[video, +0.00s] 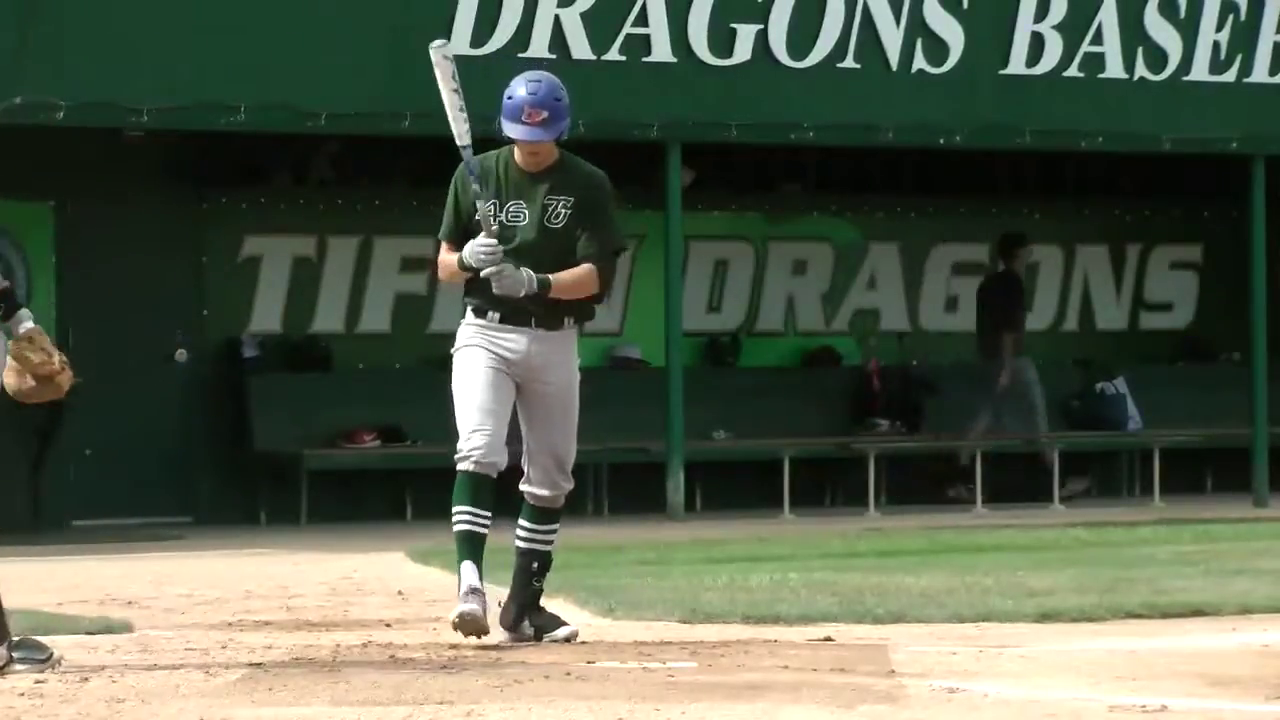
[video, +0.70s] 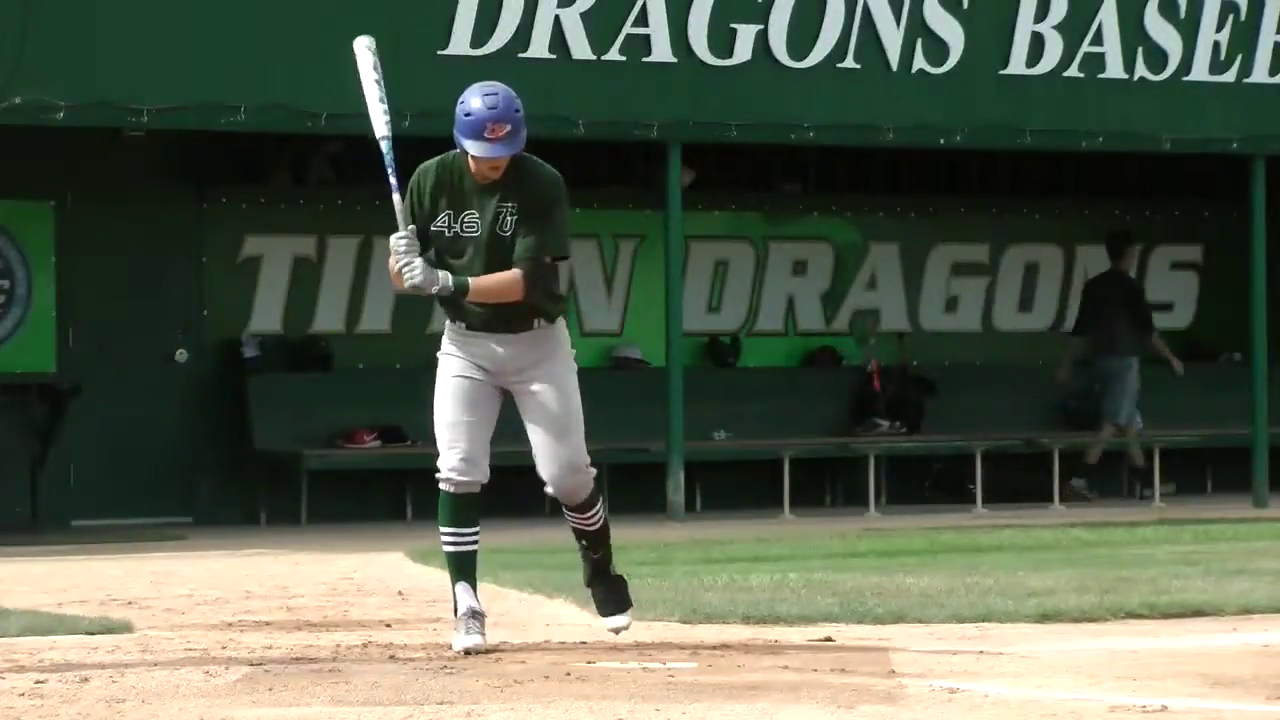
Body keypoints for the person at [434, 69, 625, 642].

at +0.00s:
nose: (531, 144)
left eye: (542, 134)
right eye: (522, 132)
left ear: (561, 128)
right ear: (507, 124)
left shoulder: (588, 185)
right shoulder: (474, 176)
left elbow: (598, 275)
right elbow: (445, 267)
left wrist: (534, 282)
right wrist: (466, 260)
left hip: (553, 345)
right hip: (483, 338)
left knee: (550, 477)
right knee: (481, 454)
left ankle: (523, 607)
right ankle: (472, 591)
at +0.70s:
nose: (491, 163)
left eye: (501, 152)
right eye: (481, 153)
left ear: (517, 140)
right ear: (460, 139)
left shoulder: (542, 185)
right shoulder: (428, 181)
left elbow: (531, 282)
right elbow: (404, 274)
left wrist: (447, 282)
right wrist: (401, 261)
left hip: (539, 346)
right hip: (465, 347)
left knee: (568, 473)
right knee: (458, 471)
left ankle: (601, 572)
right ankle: (466, 609)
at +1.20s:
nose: (552, 164)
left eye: (561, 152)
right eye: (540, 154)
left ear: (577, 144)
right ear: (521, 147)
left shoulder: (604, 193)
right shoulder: (496, 194)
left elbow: (593, 293)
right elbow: (484, 276)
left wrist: (528, 346)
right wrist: (480, 331)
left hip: (613, 348)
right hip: (536, 351)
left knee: (645, 473)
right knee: (501, 474)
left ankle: (687, 613)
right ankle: (476, 612)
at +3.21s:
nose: (649, 103)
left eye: (648, 93)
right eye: (640, 93)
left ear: (625, 99)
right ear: (607, 98)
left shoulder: (666, 171)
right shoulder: (552, 161)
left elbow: (737, 216)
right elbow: (485, 162)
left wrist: (724, 196)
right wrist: (536, 150)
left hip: (630, 345)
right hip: (552, 343)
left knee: (661, 479)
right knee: (516, 478)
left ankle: (688, 618)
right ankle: (478, 608)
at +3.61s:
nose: (647, 104)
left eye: (645, 96)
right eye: (638, 97)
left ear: (615, 107)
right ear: (606, 106)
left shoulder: (660, 179)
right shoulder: (549, 180)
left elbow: (686, 267)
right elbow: (541, 279)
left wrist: (735, 301)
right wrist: (602, 282)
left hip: (630, 349)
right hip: (551, 346)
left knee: (661, 478)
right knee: (517, 478)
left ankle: (688, 618)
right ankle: (475, 607)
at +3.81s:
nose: (637, 109)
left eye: (635, 100)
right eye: (626, 102)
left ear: (618, 107)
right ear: (593, 110)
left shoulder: (658, 181)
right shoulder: (535, 185)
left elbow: (673, 270)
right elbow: (512, 283)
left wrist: (683, 344)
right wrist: (553, 339)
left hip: (631, 347)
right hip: (548, 344)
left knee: (661, 480)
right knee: (514, 478)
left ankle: (687, 617)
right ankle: (475, 609)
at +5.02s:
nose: (599, 116)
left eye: (600, 106)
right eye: (589, 107)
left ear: (591, 112)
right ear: (554, 113)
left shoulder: (614, 173)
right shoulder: (503, 176)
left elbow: (600, 251)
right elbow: (431, 251)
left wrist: (517, 228)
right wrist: (458, 213)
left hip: (608, 350)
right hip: (531, 350)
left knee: (641, 485)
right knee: (509, 479)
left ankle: (685, 608)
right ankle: (474, 611)